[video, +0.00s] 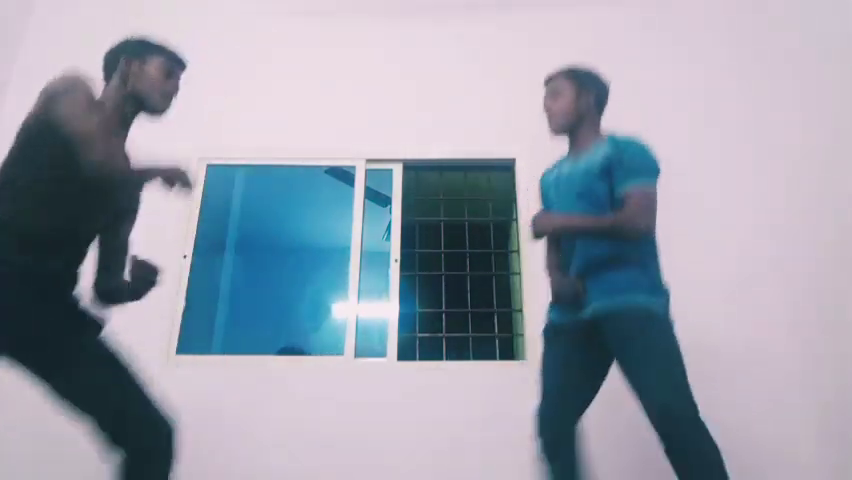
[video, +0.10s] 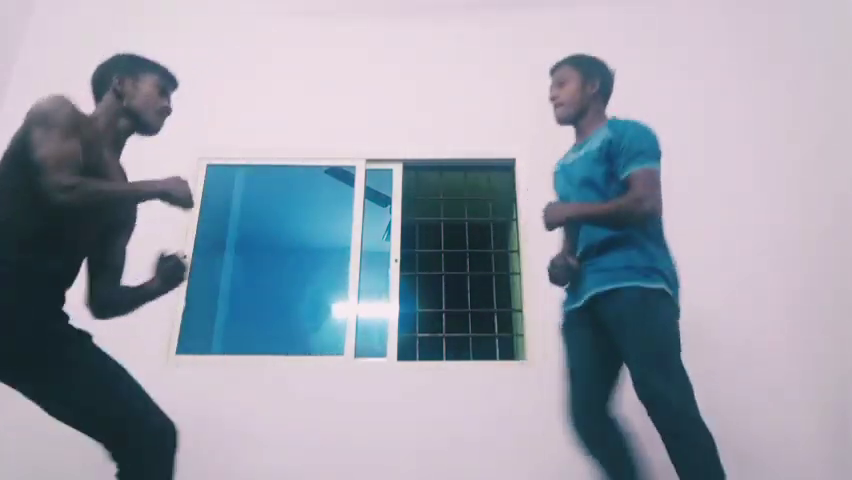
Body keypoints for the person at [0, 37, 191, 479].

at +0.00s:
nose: (176, 85)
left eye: (177, 78)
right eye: (167, 72)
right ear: (128, 68)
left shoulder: (123, 179)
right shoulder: (69, 91)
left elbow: (106, 287)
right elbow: (97, 163)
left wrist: (135, 283)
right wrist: (157, 175)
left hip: (45, 306)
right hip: (9, 292)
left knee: (148, 433)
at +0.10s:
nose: (169, 105)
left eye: (169, 96)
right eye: (160, 90)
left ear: (125, 93)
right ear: (121, 87)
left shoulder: (119, 195)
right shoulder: (55, 112)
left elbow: (102, 301)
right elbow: (61, 189)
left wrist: (155, 286)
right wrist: (155, 189)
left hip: (35, 323)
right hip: (6, 309)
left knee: (150, 436)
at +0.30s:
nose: (173, 65)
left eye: (174, 60)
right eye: (165, 53)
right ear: (124, 50)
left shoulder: (157, 150)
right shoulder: (61, 86)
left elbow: (188, 235)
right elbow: (83, 138)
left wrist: (213, 179)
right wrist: (158, 124)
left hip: (121, 301)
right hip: (45, 293)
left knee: (225, 412)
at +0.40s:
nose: (186, 63)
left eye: (186, 58)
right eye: (176, 52)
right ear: (136, 53)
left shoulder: (180, 134)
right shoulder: (80, 101)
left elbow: (217, 230)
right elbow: (83, 162)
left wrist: (229, 179)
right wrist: (173, 132)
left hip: (169, 299)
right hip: (92, 295)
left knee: (255, 429)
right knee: (5, 405)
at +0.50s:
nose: (193, 80)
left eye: (192, 74)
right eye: (183, 68)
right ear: (143, 71)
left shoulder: (197, 155)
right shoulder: (89, 133)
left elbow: (232, 248)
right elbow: (71, 201)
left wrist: (231, 202)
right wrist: (162, 161)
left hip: (199, 323)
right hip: (121, 322)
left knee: (276, 458)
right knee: (33, 447)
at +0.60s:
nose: (208, 98)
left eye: (208, 90)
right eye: (198, 86)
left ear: (172, 99)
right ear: (159, 94)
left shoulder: (223, 170)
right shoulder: (108, 169)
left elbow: (284, 244)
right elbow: (72, 255)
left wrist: (265, 220)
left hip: (221, 342)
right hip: (142, 343)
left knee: (322, 433)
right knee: (49, 450)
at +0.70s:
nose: (235, 112)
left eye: (235, 103)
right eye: (225, 100)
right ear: (191, 108)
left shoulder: (252, 185)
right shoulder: (138, 182)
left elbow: (322, 245)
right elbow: (65, 250)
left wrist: (324, 217)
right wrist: (102, 284)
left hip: (233, 360)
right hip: (158, 358)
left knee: (333, 447)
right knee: (76, 462)